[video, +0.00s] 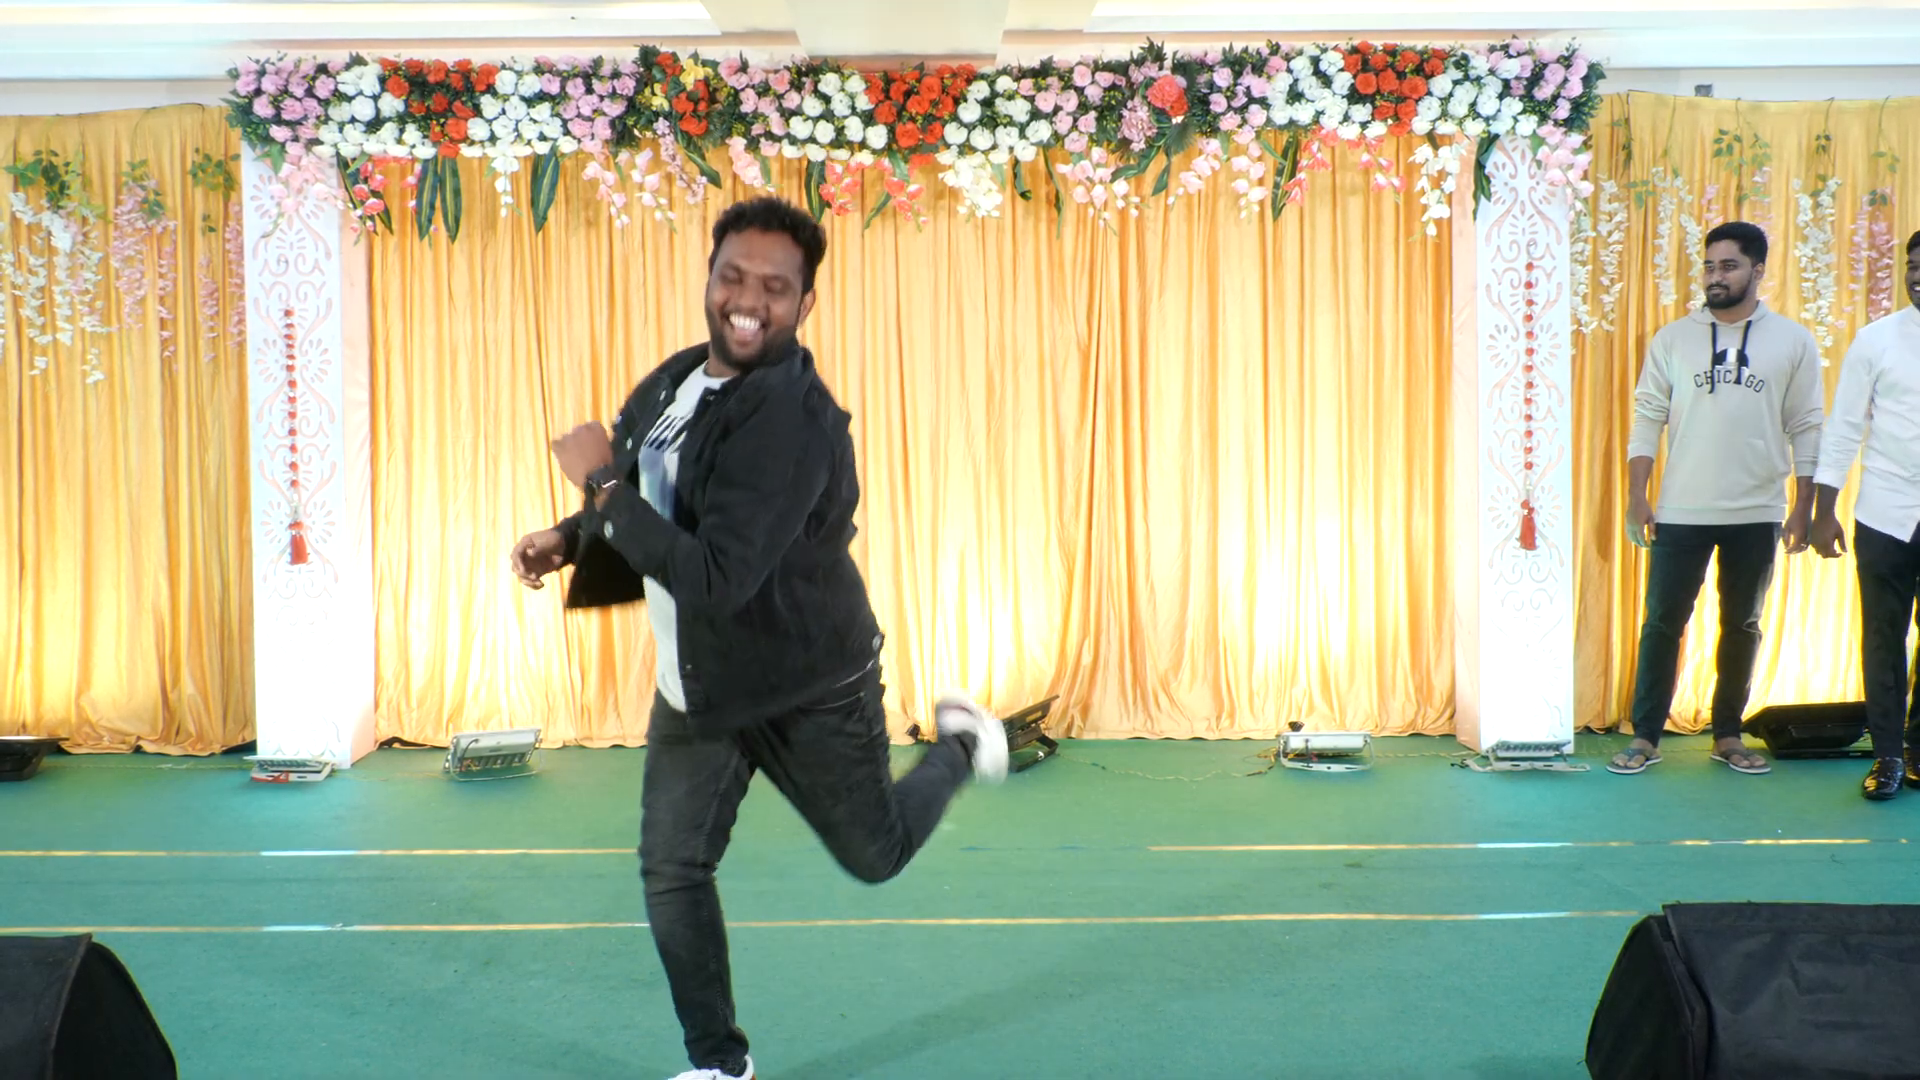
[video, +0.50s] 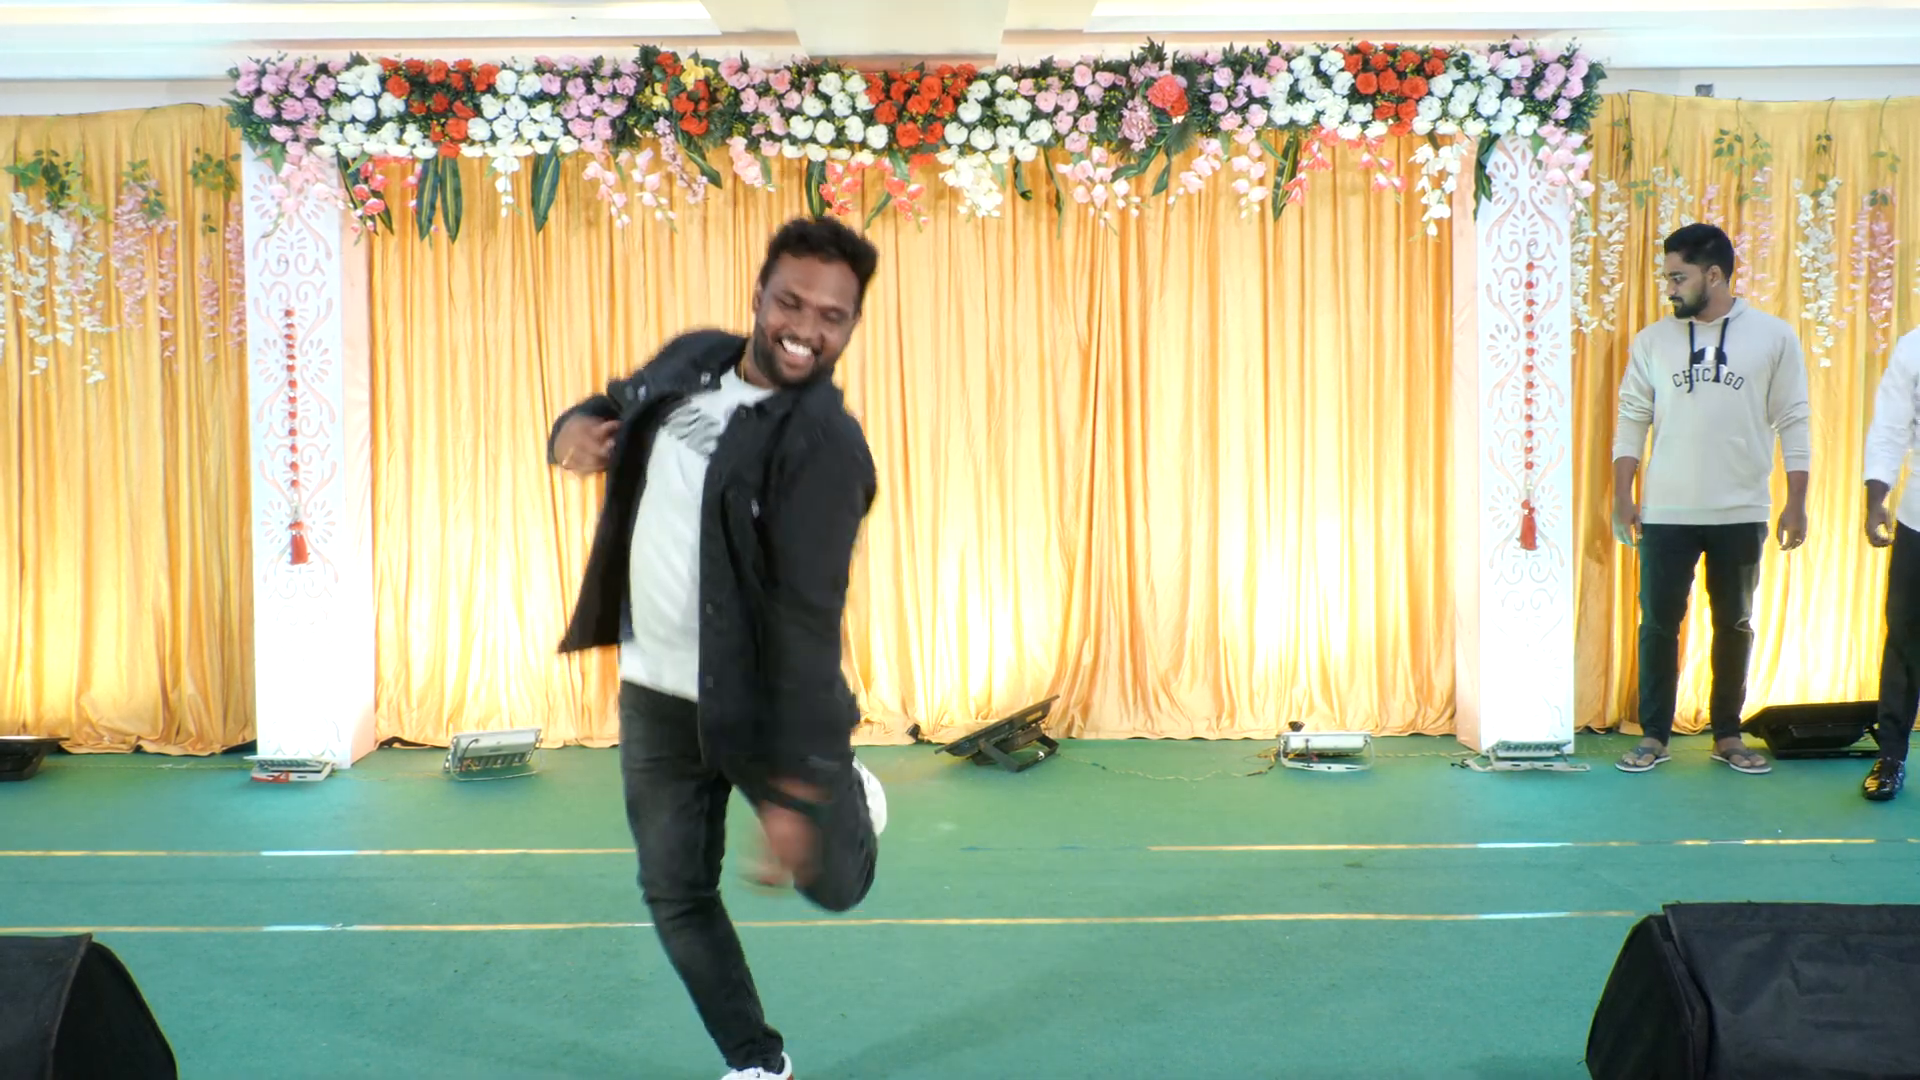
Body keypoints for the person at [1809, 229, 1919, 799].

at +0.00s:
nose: (1915, 276)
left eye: (1916, 267)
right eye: (1911, 266)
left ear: (1915, 274)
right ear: (1905, 273)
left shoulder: (1884, 340)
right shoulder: (1879, 340)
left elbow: (1842, 428)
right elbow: (1844, 427)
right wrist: (1824, 505)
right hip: (1889, 514)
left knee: (1906, 643)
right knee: (1885, 640)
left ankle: (1905, 751)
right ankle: (1889, 756)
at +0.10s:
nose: (1915, 279)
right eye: (1909, 269)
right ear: (1899, 275)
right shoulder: (1877, 343)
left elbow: (1837, 429)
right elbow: (1838, 428)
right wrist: (1823, 510)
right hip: (1892, 514)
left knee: (1909, 646)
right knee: (1883, 642)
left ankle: (1913, 752)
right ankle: (1887, 756)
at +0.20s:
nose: (1915, 280)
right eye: (1907, 270)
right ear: (1898, 277)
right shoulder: (1878, 347)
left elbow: (1838, 431)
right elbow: (1838, 430)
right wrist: (1824, 514)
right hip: (1896, 517)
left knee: (1900, 644)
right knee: (1884, 641)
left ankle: (1890, 750)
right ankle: (1887, 756)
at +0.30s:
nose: (1917, 280)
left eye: (1919, 269)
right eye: (1912, 270)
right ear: (1905, 275)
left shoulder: (1890, 347)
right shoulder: (1886, 346)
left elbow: (1853, 433)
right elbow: (1854, 431)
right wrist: (1830, 512)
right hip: (1901, 520)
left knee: (1902, 646)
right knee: (1891, 644)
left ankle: (1891, 753)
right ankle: (1889, 757)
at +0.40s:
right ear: (1912, 289)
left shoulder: (1897, 349)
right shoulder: (1896, 348)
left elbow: (1869, 433)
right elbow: (1870, 432)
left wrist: (1854, 503)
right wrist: (1851, 505)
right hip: (1905, 521)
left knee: (1899, 645)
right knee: (1895, 644)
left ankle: (1892, 756)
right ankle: (1889, 758)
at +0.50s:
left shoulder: (1909, 351)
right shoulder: (1911, 349)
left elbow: (1891, 423)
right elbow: (1891, 422)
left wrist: (1877, 495)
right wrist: (1876, 496)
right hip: (1914, 523)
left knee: (1905, 643)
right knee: (1903, 642)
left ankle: (1893, 759)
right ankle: (1891, 758)